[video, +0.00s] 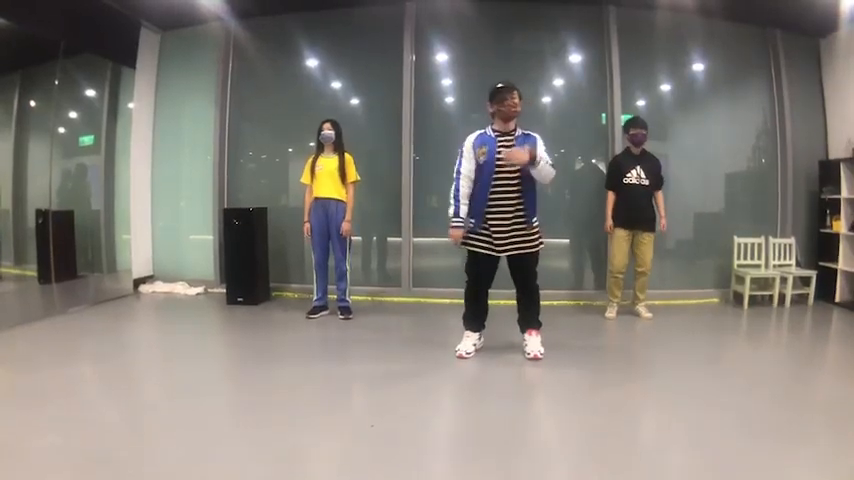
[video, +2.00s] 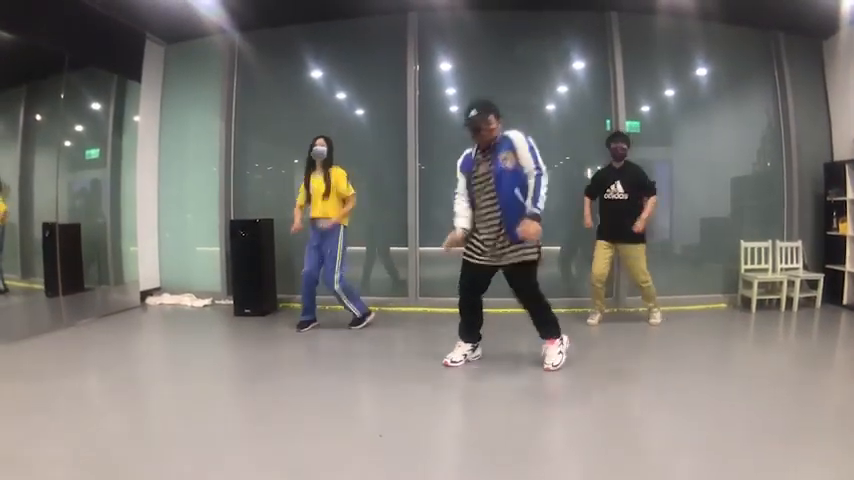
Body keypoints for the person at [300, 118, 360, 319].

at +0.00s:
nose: (326, 133)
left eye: (330, 130)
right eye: (323, 130)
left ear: (337, 134)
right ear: (319, 135)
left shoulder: (345, 158)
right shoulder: (313, 160)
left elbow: (350, 190)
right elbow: (309, 191)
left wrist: (348, 219)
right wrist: (306, 219)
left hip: (338, 204)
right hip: (318, 204)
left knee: (340, 257)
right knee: (319, 257)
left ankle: (343, 302)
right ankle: (320, 301)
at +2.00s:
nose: (318, 149)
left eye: (323, 146)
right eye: (315, 145)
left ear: (329, 151)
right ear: (311, 151)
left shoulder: (337, 173)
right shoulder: (309, 177)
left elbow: (351, 200)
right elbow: (300, 204)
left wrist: (336, 220)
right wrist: (298, 221)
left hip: (334, 226)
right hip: (316, 226)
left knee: (332, 277)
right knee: (309, 273)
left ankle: (362, 312)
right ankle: (308, 317)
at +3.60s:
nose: (339, 152)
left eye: (343, 150)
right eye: (336, 149)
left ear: (348, 157)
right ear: (330, 155)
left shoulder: (353, 181)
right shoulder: (319, 177)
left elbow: (369, 206)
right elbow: (299, 196)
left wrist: (346, 217)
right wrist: (309, 218)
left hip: (345, 228)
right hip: (324, 228)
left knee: (354, 272)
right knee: (331, 274)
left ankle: (349, 312)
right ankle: (298, 311)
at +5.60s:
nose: (303, 141)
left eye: (307, 138)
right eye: (300, 138)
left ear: (313, 145)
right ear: (295, 145)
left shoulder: (321, 167)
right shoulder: (290, 170)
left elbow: (329, 197)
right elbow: (284, 198)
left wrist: (320, 220)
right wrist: (277, 219)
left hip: (313, 216)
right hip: (294, 217)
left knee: (321, 268)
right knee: (293, 270)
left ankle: (332, 313)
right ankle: (295, 315)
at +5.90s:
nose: (298, 146)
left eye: (302, 143)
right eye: (295, 143)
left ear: (309, 145)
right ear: (291, 147)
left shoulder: (319, 167)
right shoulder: (286, 171)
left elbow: (328, 195)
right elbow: (282, 199)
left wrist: (318, 221)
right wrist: (279, 221)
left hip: (311, 214)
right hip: (290, 215)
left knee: (317, 266)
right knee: (291, 268)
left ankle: (330, 313)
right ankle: (295, 314)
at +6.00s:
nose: (299, 146)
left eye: (303, 142)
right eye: (296, 143)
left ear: (310, 145)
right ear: (292, 147)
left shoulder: (321, 167)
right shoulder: (287, 171)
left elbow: (329, 196)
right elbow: (283, 200)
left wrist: (319, 221)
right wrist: (280, 223)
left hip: (313, 216)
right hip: (291, 215)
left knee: (318, 266)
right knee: (293, 268)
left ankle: (330, 313)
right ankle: (295, 314)